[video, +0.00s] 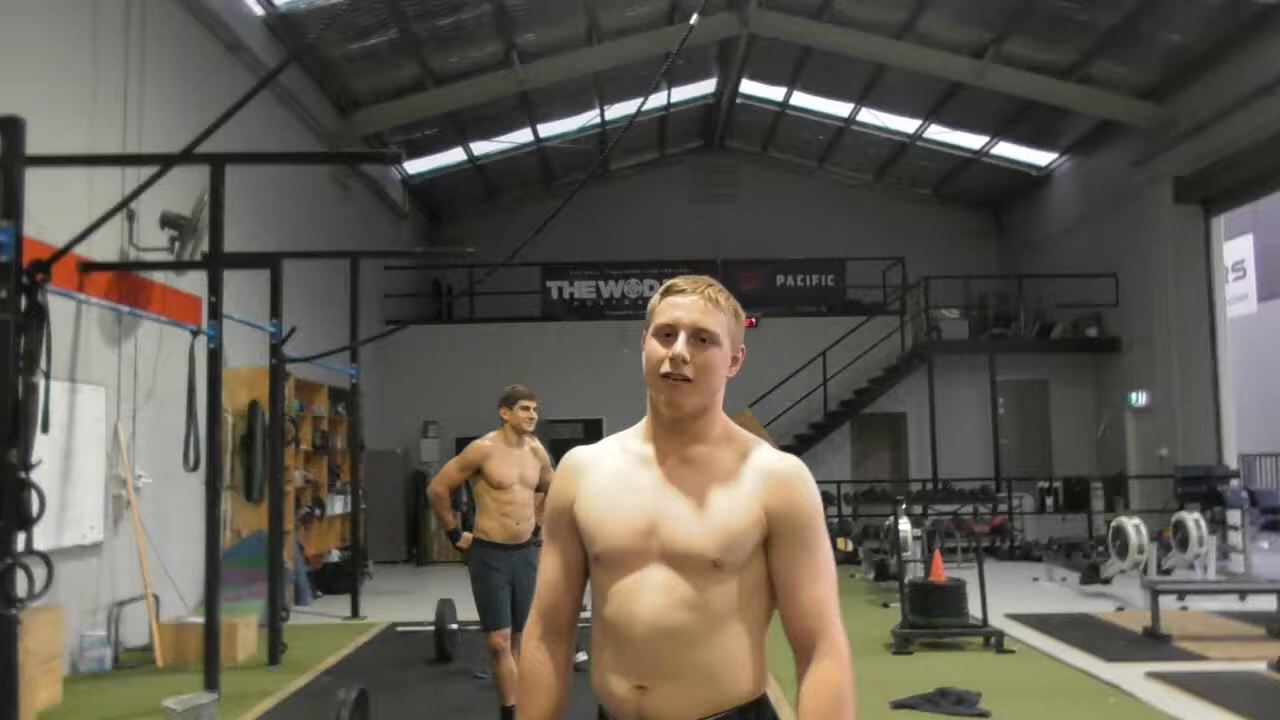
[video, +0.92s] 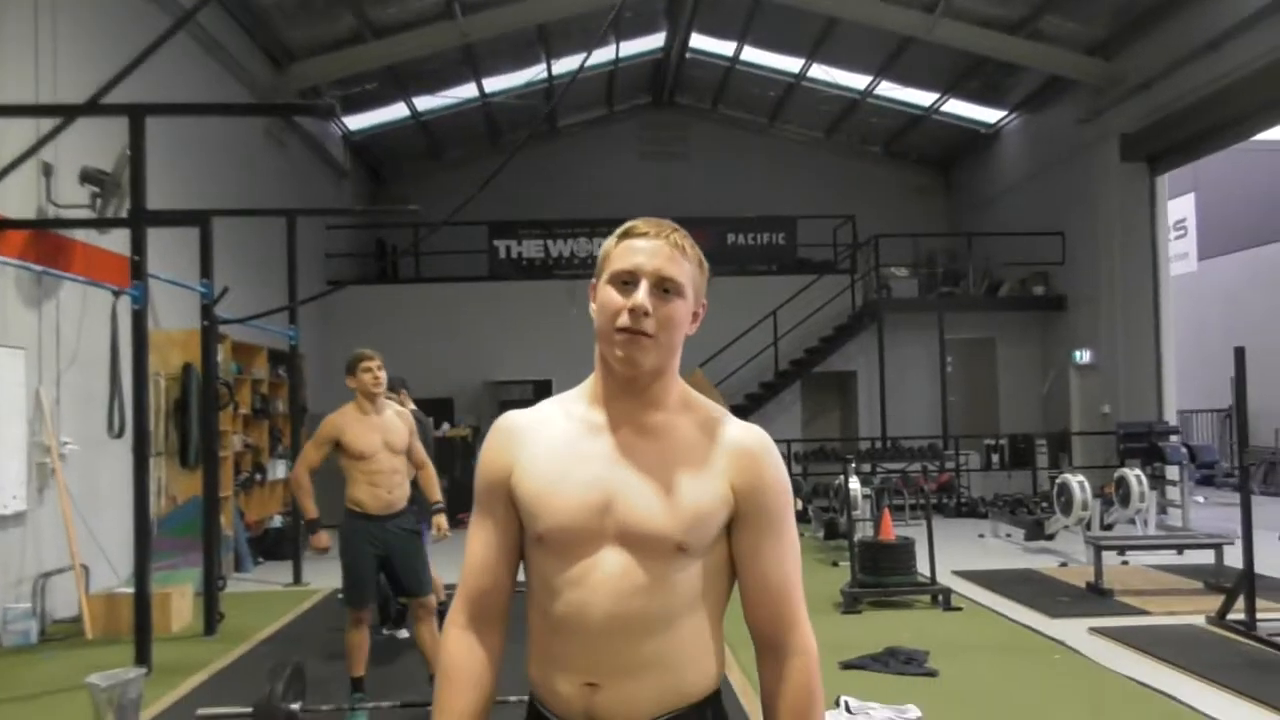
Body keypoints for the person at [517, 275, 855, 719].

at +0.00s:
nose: (678, 353)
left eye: (702, 339)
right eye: (666, 335)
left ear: (734, 361)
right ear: (644, 345)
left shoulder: (779, 480)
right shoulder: (582, 471)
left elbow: (821, 650)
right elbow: (547, 638)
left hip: (736, 710)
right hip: (616, 712)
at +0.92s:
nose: (639, 303)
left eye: (665, 290)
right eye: (623, 283)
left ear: (695, 317)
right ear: (593, 298)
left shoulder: (743, 454)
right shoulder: (516, 440)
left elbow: (785, 650)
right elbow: (473, 625)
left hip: (692, 710)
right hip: (551, 712)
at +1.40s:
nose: (587, 281)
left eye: (613, 262)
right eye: (568, 261)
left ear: (653, 286)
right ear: (540, 281)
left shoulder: (719, 440)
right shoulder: (469, 436)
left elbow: (753, 654)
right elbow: (428, 642)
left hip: (662, 709)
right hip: (508, 710)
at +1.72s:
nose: (512, 292)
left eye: (537, 269)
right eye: (488, 272)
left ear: (580, 290)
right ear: (462, 297)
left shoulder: (662, 450)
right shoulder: (400, 459)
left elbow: (712, 668)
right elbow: (357, 673)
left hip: (605, 713)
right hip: (449, 714)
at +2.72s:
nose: (574, 301)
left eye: (607, 285)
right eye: (554, 274)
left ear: (648, 319)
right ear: (519, 295)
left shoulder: (716, 481)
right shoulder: (431, 472)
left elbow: (770, 709)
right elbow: (375, 700)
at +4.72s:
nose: (590, 358)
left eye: (625, 339)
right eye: (571, 327)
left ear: (659, 374)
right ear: (532, 343)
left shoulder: (726, 541)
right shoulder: (427, 526)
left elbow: (768, 711)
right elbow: (382, 712)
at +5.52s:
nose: (580, 373)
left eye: (614, 354)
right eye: (559, 345)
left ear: (649, 389)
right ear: (519, 364)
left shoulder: (718, 565)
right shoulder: (415, 547)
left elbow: (760, 709)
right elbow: (369, 711)